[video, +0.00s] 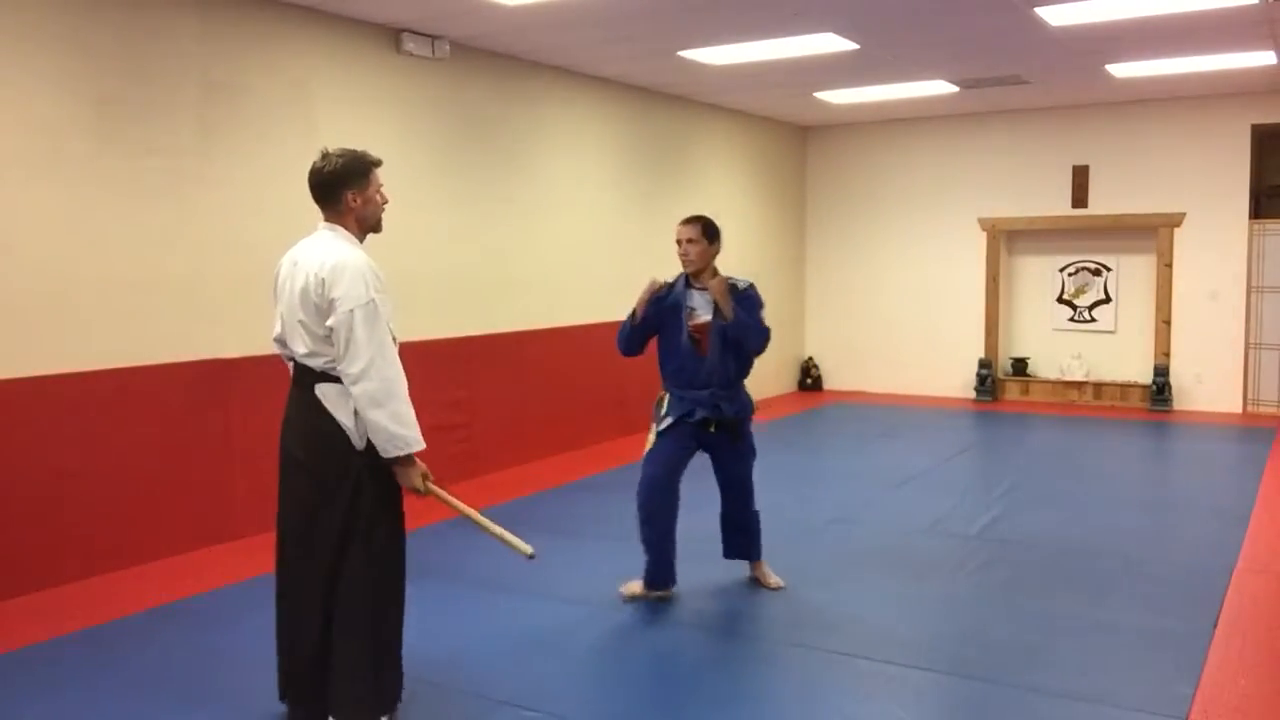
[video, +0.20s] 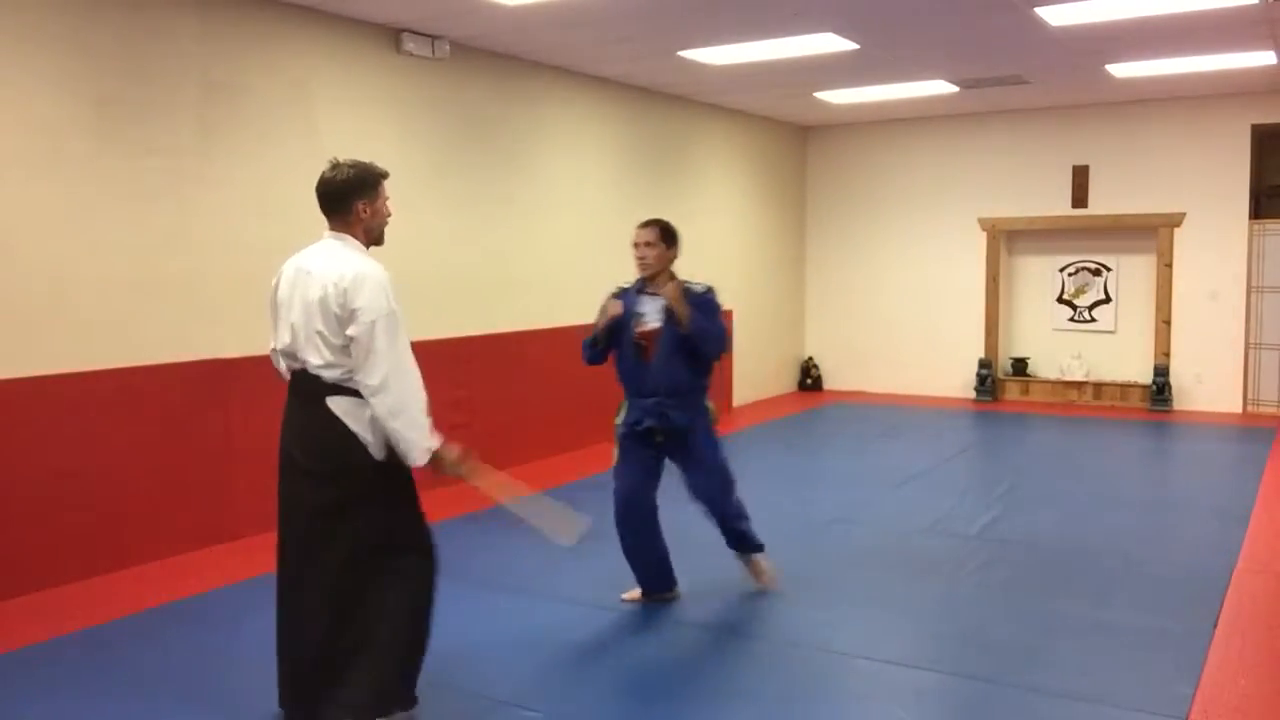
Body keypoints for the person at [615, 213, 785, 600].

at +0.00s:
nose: (683, 250)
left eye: (691, 243)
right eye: (679, 244)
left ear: (713, 247)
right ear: (676, 249)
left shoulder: (742, 294)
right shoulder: (666, 296)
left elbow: (757, 344)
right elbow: (627, 347)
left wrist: (727, 305)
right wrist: (641, 308)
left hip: (730, 413)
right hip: (681, 414)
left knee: (740, 491)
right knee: (654, 483)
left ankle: (757, 565)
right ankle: (658, 581)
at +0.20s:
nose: (640, 254)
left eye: (649, 246)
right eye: (636, 247)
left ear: (670, 251)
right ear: (632, 251)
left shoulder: (697, 298)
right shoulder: (622, 300)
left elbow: (715, 346)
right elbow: (593, 356)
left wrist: (681, 308)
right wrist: (603, 326)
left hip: (687, 416)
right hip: (640, 419)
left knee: (715, 489)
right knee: (631, 502)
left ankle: (749, 552)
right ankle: (657, 586)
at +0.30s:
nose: (617, 253)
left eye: (625, 245)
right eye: (612, 246)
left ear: (646, 250)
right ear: (608, 252)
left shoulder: (673, 296)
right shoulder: (604, 301)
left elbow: (683, 346)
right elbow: (579, 359)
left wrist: (643, 306)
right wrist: (587, 334)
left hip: (669, 419)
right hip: (622, 420)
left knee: (668, 502)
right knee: (621, 513)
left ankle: (702, 564)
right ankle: (656, 588)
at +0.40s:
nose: (590, 250)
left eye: (599, 243)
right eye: (587, 243)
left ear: (622, 248)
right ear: (585, 248)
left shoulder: (645, 289)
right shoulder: (591, 301)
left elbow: (626, 306)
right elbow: (571, 358)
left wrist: (579, 273)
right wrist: (569, 340)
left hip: (646, 410)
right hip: (608, 411)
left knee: (617, 498)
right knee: (622, 500)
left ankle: (621, 601)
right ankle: (658, 583)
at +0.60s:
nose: (540, 259)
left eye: (551, 251)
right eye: (541, 251)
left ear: (580, 258)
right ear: (577, 262)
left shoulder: (568, 291)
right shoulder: (598, 298)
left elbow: (513, 274)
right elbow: (571, 358)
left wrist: (454, 230)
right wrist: (532, 343)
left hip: (576, 432)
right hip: (607, 429)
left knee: (526, 524)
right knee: (592, 502)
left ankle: (521, 649)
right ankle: (649, 573)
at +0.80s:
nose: (495, 248)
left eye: (505, 241)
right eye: (497, 240)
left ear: (533, 250)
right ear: (542, 255)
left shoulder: (507, 290)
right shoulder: (579, 292)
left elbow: (450, 316)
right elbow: (603, 358)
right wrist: (579, 407)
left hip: (557, 432)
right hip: (602, 428)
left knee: (514, 532)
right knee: (576, 513)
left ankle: (521, 650)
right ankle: (602, 609)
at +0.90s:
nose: (462, 258)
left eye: (471, 251)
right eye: (466, 249)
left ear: (496, 262)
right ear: (510, 264)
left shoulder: (481, 313)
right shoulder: (558, 290)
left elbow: (456, 366)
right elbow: (601, 344)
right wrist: (557, 354)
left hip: (556, 437)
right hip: (603, 425)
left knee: (515, 536)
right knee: (586, 513)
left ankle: (525, 651)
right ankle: (609, 612)